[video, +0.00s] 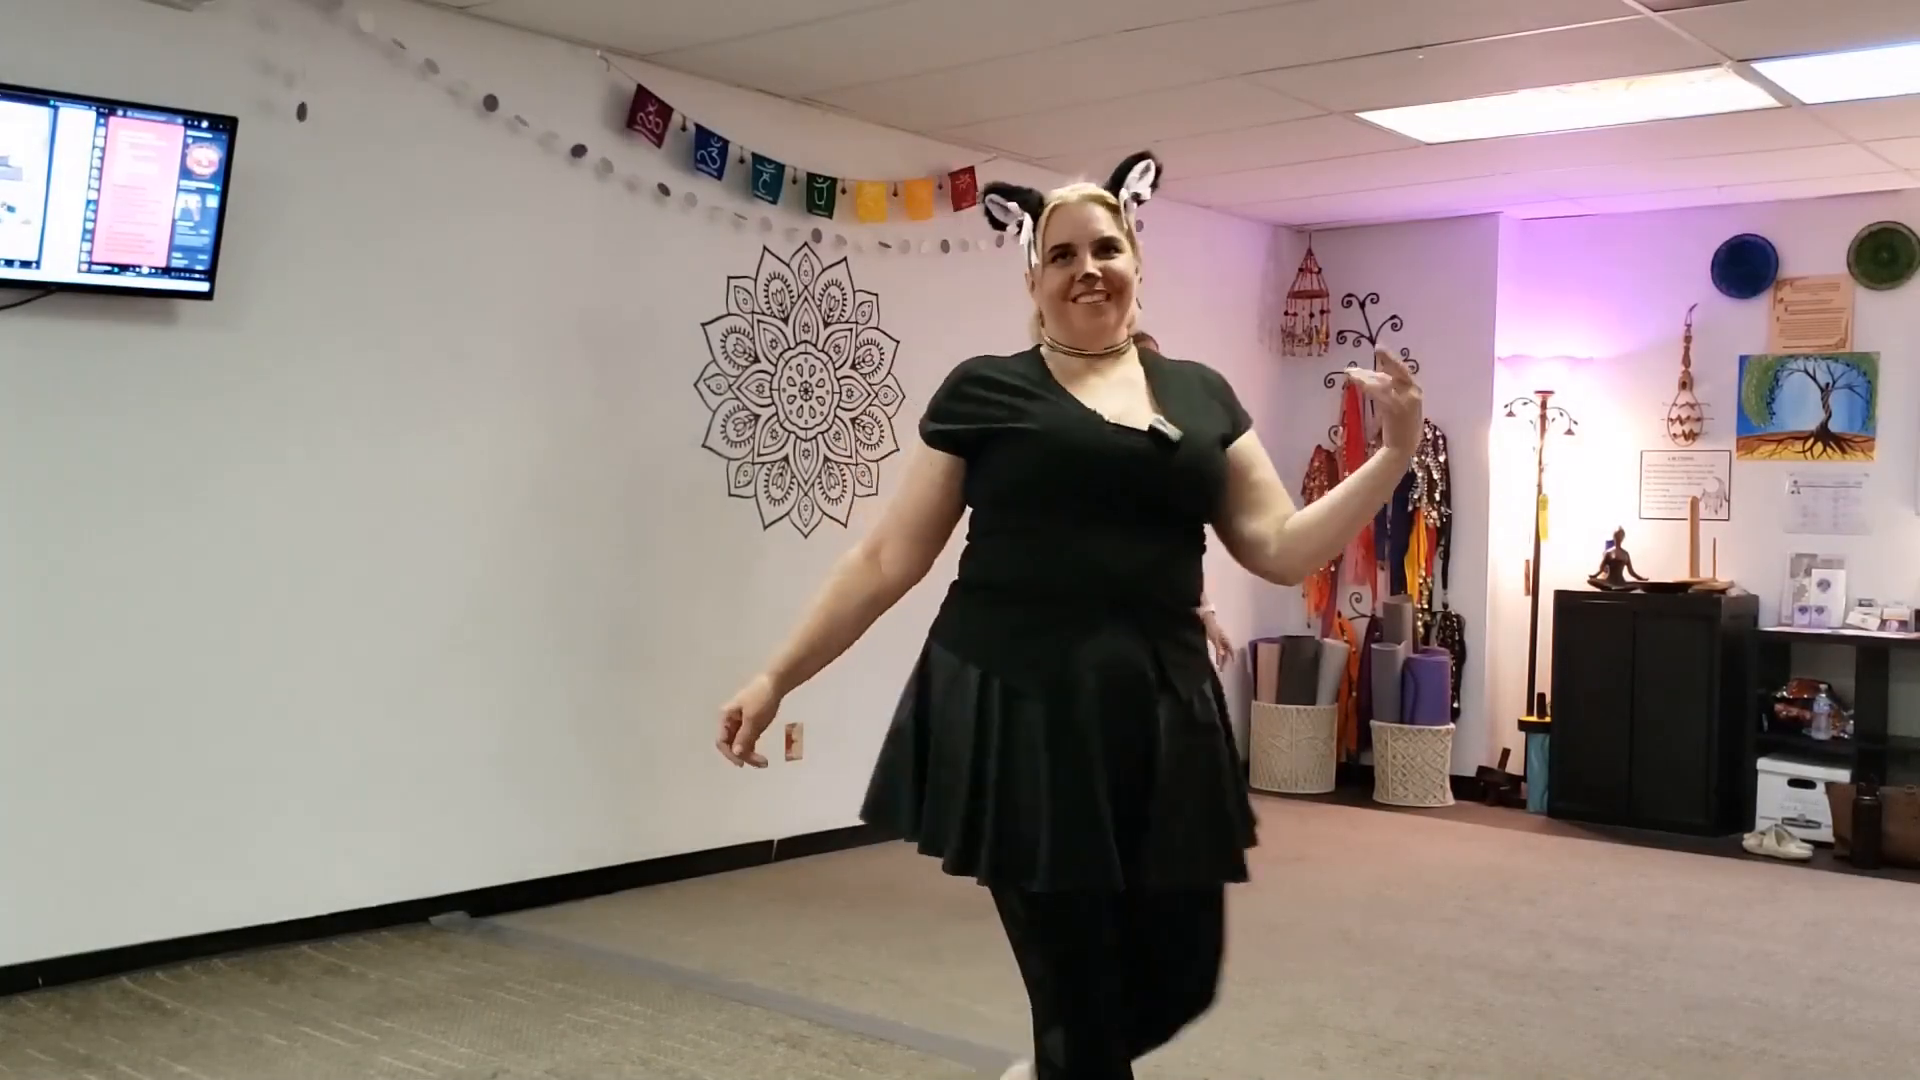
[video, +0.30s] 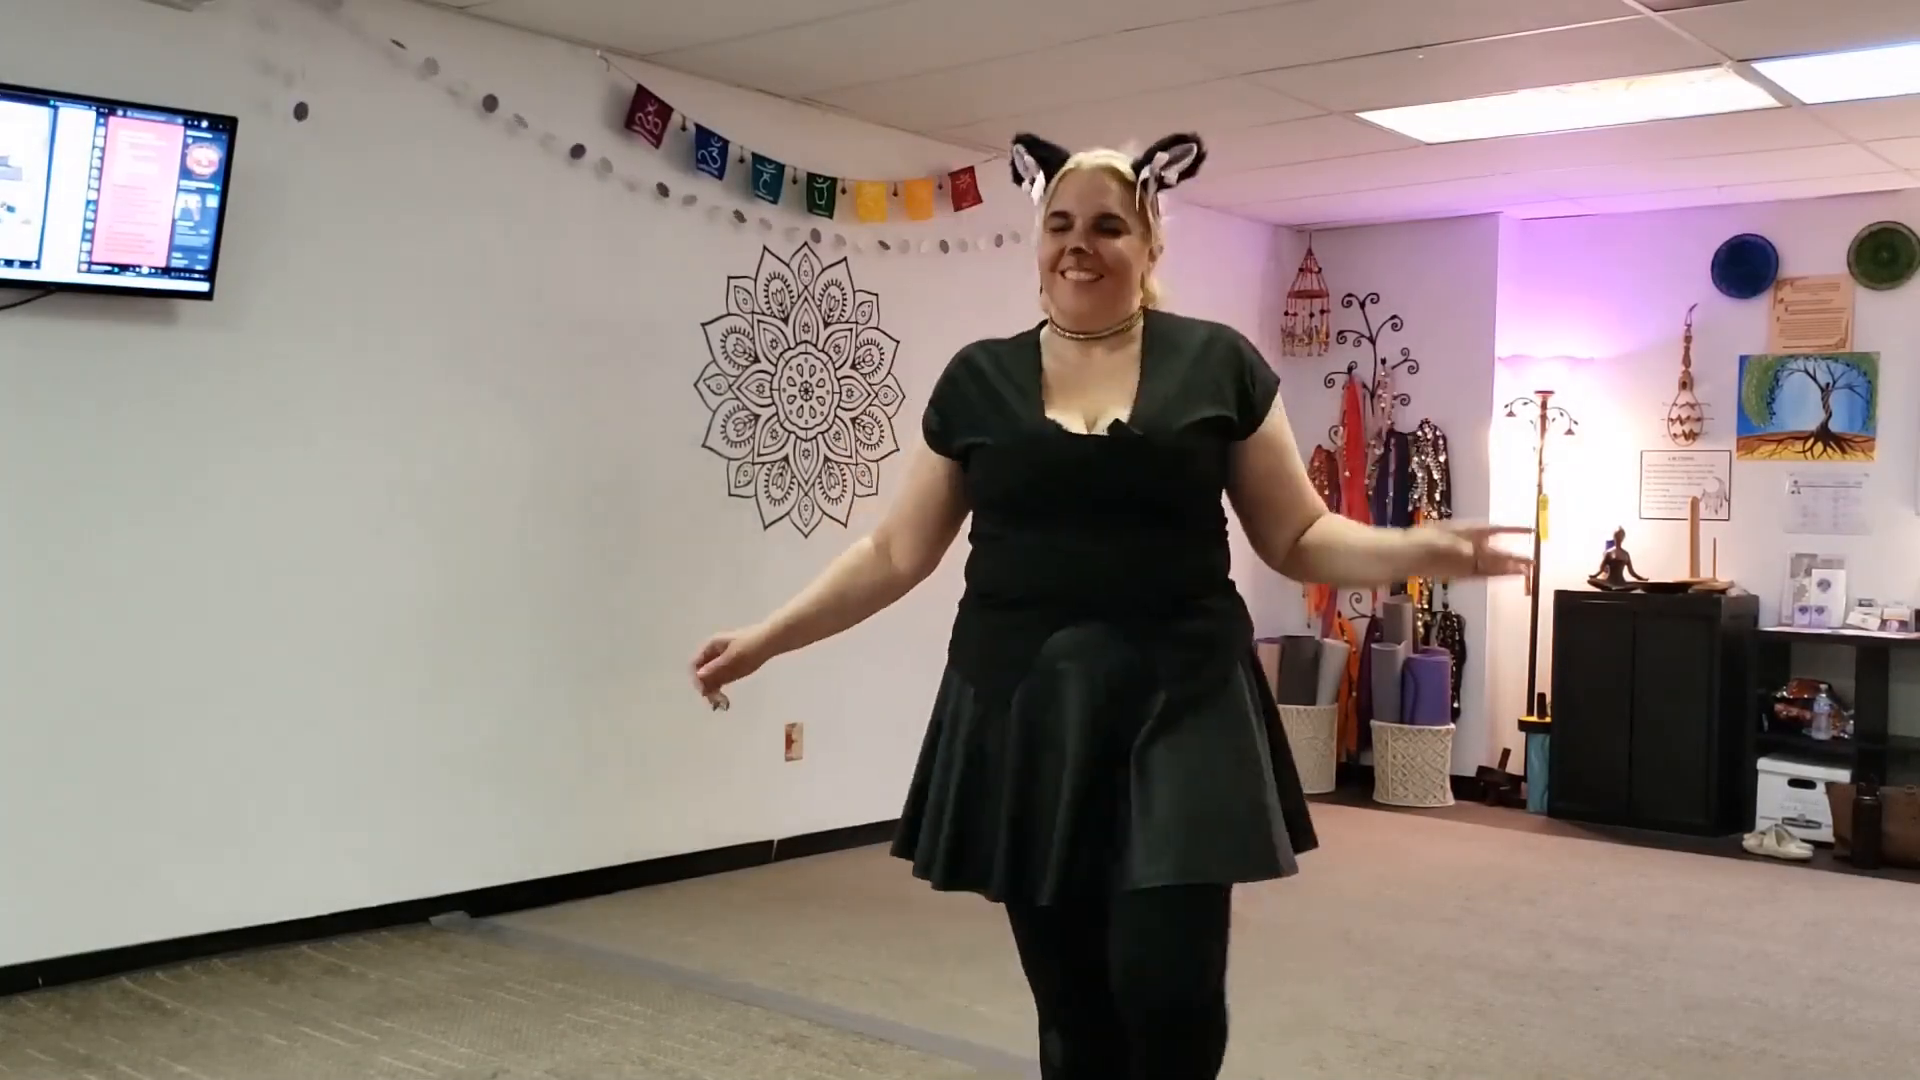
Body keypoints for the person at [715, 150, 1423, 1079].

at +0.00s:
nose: (1088, 268)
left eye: (1106, 248)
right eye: (1063, 254)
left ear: (1138, 267)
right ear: (1032, 282)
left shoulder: (1197, 397)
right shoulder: (988, 393)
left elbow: (1281, 551)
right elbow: (886, 557)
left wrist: (1395, 457)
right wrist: (773, 680)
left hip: (1159, 717)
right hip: (1012, 718)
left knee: (1180, 979)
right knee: (1079, 1006)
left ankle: (1054, 1063)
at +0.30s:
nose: (1081, 243)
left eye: (1108, 227)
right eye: (1061, 225)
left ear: (1150, 253)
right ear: (1037, 249)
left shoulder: (1214, 364)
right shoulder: (983, 377)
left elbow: (1299, 534)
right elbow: (894, 550)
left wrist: (1424, 547)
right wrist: (766, 637)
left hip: (1180, 718)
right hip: (1024, 721)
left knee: (1168, 996)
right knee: (1073, 1008)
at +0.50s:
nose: (1054, 222)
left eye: (1086, 201)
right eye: (1042, 206)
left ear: (1148, 224)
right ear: (1029, 234)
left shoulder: (1219, 369)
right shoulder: (989, 367)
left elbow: (1286, 569)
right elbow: (918, 551)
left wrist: (1374, 699)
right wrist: (803, 641)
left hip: (1164, 749)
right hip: (1010, 748)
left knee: (1103, 1047)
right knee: (1061, 1041)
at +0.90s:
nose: (979, 217)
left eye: (1008, 192)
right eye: (975, 199)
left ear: (1102, 200)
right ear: (973, 216)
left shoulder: (1181, 365)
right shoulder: (962, 356)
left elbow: (1233, 605)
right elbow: (912, 561)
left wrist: (1335, 783)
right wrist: (804, 685)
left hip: (1082, 771)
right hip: (921, 764)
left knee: (1061, 1057)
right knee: (944, 1056)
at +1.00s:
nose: (944, 228)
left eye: (973, 199)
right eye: (946, 204)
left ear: (1072, 207)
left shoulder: (1156, 365)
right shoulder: (950, 366)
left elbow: (1188, 593)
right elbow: (934, 592)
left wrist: (1282, 741)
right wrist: (848, 711)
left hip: (1071, 773)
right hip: (907, 762)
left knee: (1060, 1060)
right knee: (866, 1059)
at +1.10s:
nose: (905, 233)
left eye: (925, 201)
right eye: (907, 207)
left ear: (1014, 201)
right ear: (1007, 206)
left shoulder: (1115, 346)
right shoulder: (961, 349)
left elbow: (1095, 546)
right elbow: (915, 553)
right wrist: (857, 710)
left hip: (1040, 729)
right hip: (892, 723)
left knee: (1039, 1057)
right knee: (790, 1052)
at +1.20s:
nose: (870, 208)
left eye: (884, 178)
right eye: (872, 182)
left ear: (956, 181)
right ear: (959, 184)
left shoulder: (1067, 318)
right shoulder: (937, 347)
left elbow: (980, 540)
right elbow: (877, 559)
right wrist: (834, 710)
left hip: (1038, 719)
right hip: (892, 713)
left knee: (1024, 1058)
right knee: (734, 1034)